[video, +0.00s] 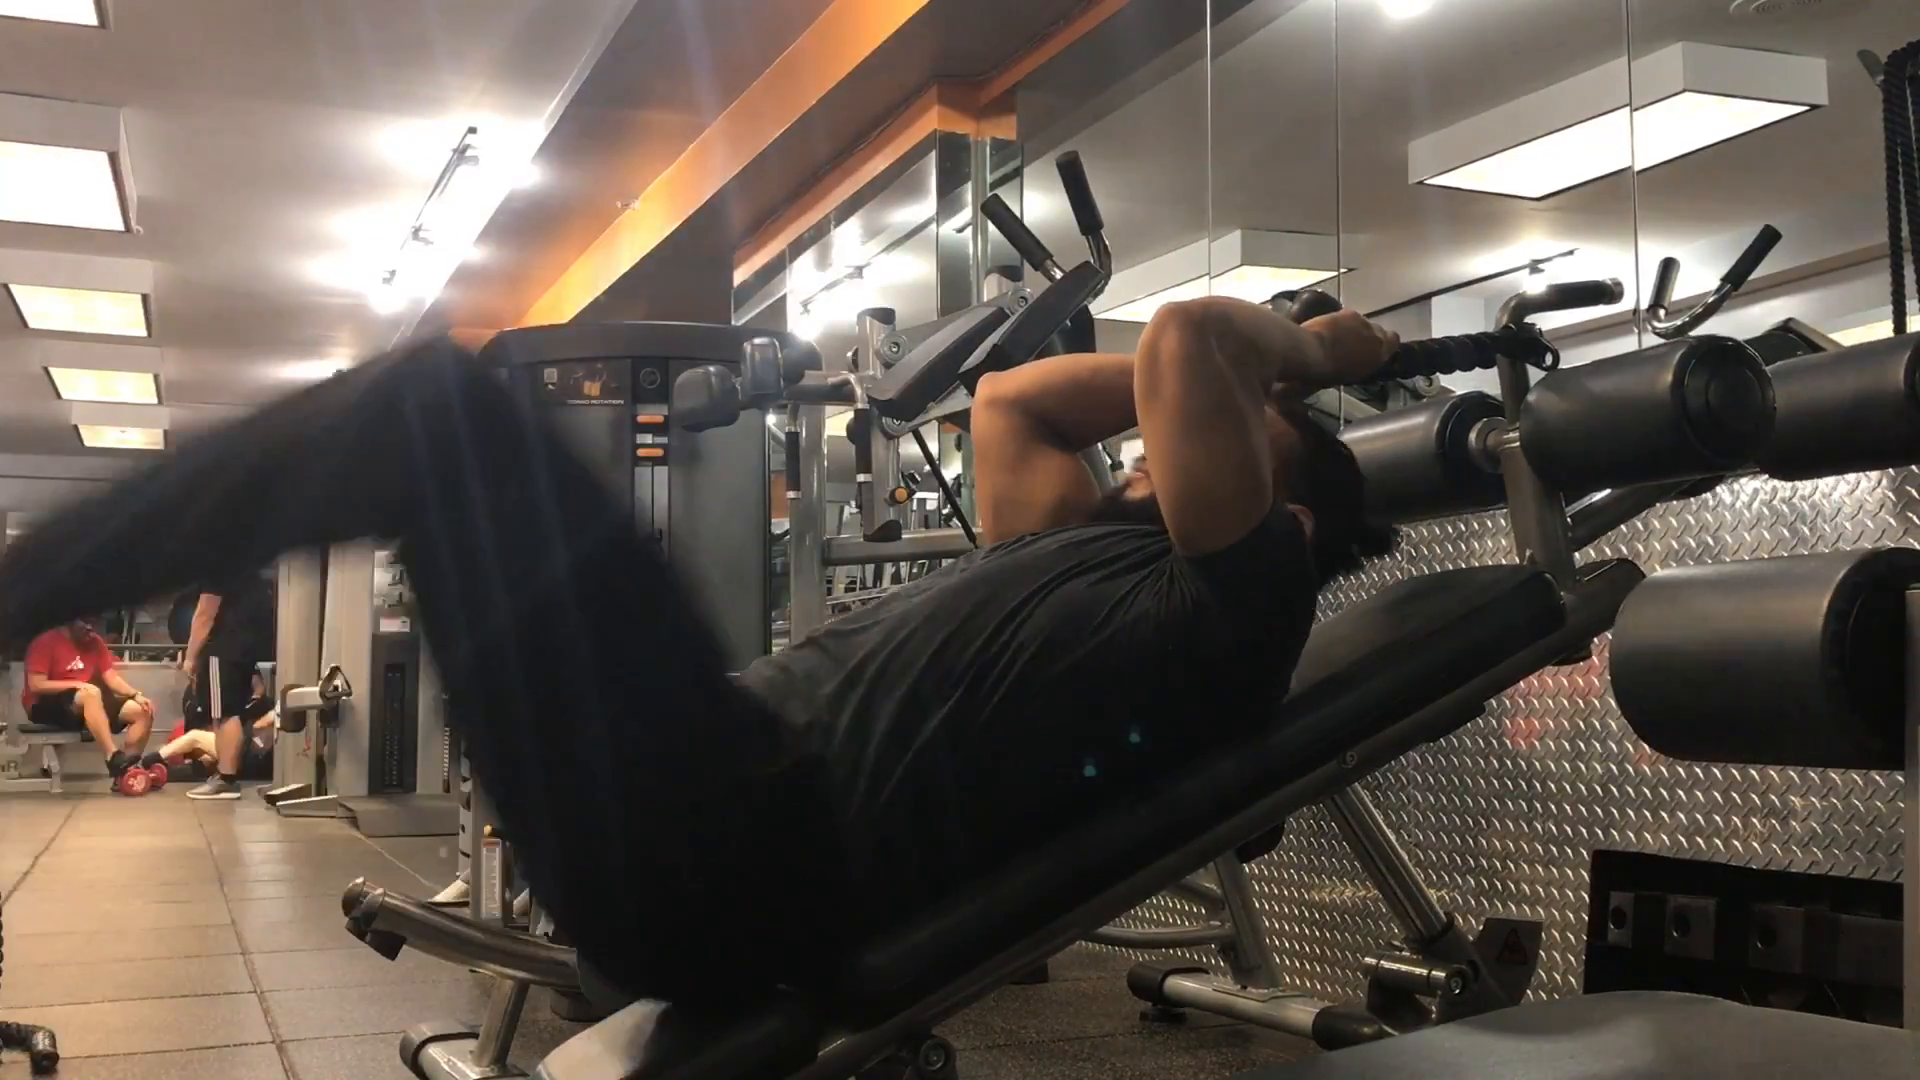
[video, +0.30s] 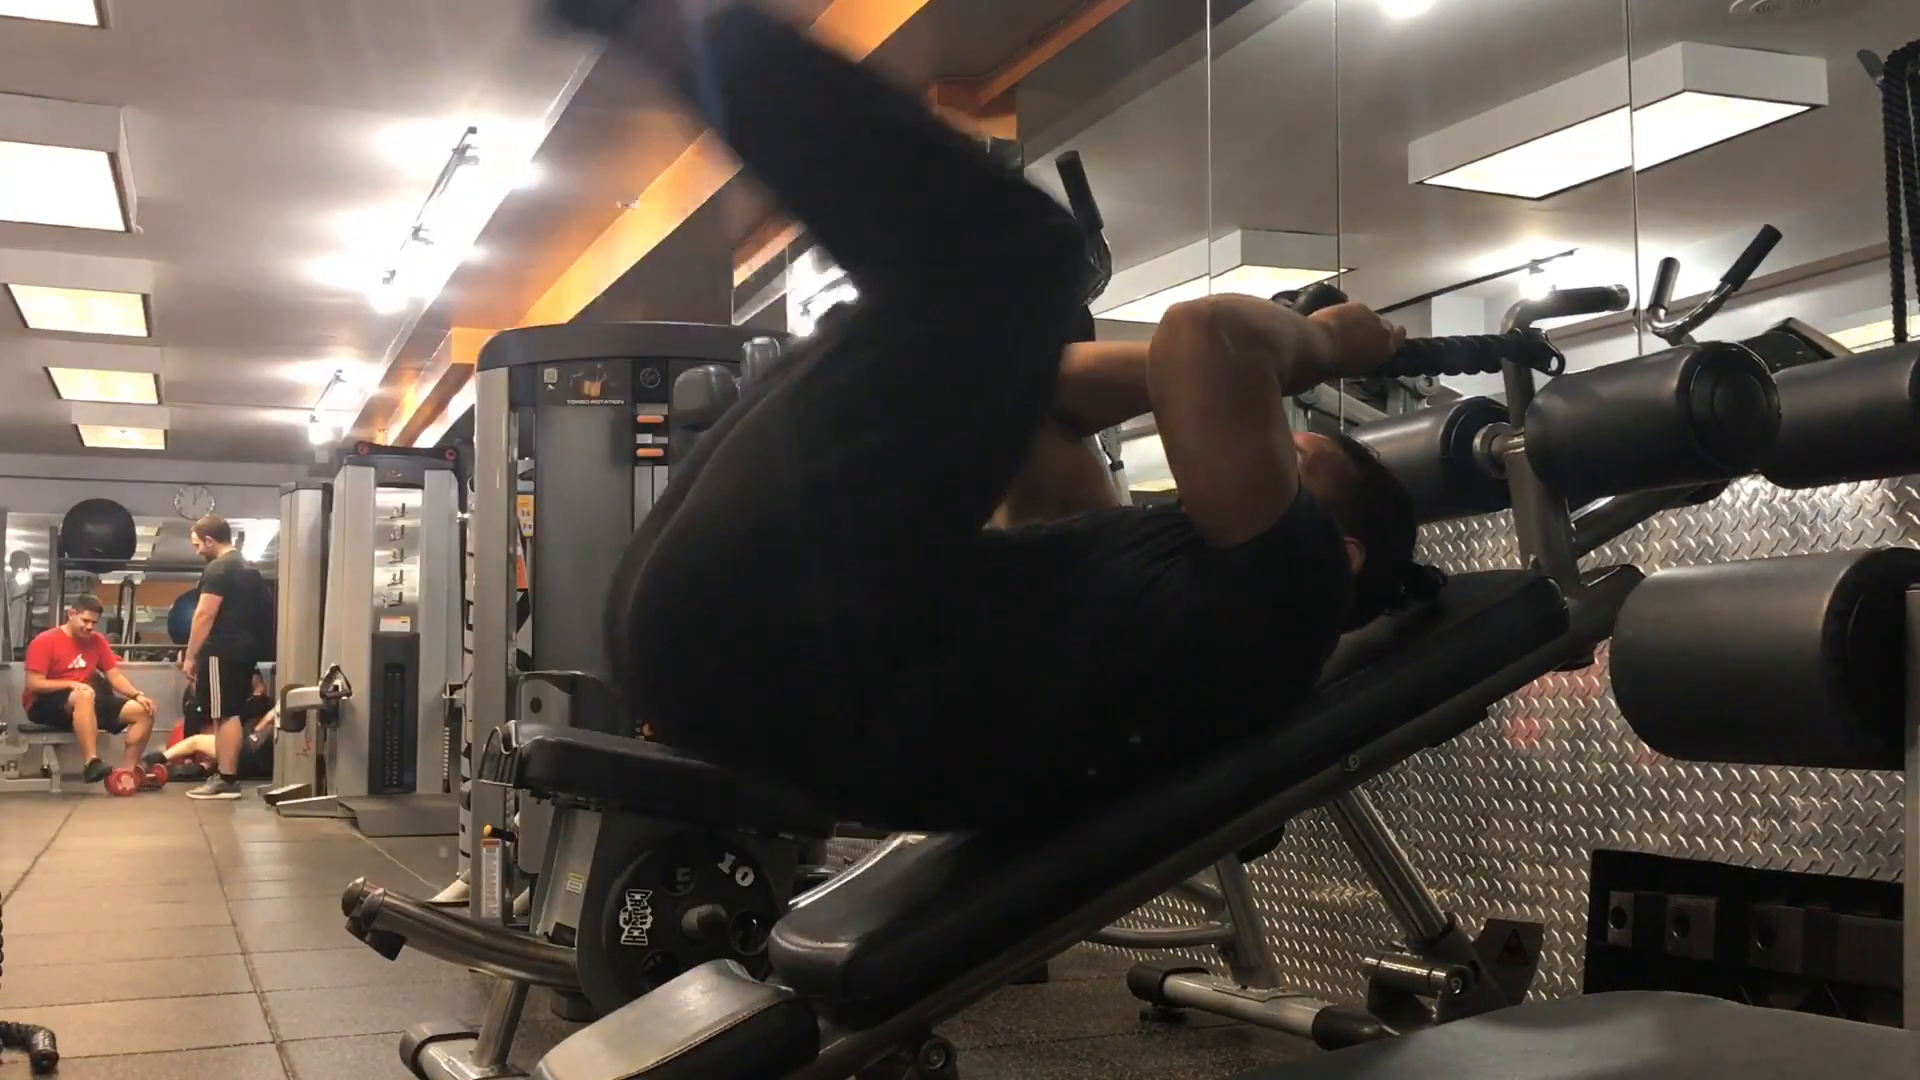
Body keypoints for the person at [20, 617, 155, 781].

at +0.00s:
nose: (91, 629)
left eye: (94, 623)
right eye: (86, 623)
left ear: (97, 624)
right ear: (70, 621)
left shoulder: (95, 643)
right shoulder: (45, 643)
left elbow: (111, 677)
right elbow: (36, 685)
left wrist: (136, 694)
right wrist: (77, 685)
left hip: (83, 704)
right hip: (45, 705)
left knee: (143, 713)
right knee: (90, 693)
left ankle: (127, 771)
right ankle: (113, 758)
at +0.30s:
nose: (89, 627)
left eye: (93, 623)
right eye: (85, 621)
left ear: (98, 622)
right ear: (71, 614)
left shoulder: (97, 641)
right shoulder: (45, 641)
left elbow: (114, 676)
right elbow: (34, 685)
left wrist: (137, 695)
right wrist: (73, 685)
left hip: (86, 703)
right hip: (44, 704)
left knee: (143, 712)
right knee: (84, 695)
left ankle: (129, 773)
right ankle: (91, 763)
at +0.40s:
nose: (89, 626)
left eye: (94, 622)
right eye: (85, 619)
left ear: (98, 622)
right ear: (71, 613)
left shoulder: (96, 641)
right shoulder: (45, 640)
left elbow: (113, 675)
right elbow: (34, 683)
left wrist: (137, 695)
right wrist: (73, 689)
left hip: (85, 703)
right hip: (44, 704)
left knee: (143, 712)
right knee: (83, 700)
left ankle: (128, 774)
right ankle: (74, 771)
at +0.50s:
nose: (90, 626)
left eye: (95, 622)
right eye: (86, 620)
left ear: (99, 622)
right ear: (72, 613)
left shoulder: (97, 641)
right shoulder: (46, 641)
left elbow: (112, 676)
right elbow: (36, 683)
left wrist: (137, 695)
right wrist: (69, 694)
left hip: (86, 702)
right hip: (45, 703)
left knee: (143, 712)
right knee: (75, 710)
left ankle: (129, 774)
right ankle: (66, 776)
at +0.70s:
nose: (89, 628)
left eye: (94, 623)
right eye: (86, 621)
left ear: (98, 623)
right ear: (72, 614)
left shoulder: (95, 643)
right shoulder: (46, 641)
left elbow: (112, 676)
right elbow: (34, 683)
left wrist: (137, 695)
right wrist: (65, 694)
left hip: (84, 701)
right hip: (45, 702)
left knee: (142, 712)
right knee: (65, 709)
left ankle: (127, 774)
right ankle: (65, 775)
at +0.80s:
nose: (88, 627)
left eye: (93, 623)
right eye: (84, 620)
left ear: (97, 623)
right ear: (71, 614)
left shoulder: (94, 643)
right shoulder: (45, 641)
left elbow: (112, 676)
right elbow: (32, 682)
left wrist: (137, 695)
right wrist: (63, 694)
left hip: (84, 701)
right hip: (45, 701)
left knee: (142, 712)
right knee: (62, 709)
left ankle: (127, 774)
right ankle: (65, 775)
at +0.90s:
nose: (86, 626)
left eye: (91, 622)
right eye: (83, 619)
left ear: (96, 622)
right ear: (69, 614)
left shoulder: (93, 643)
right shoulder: (44, 640)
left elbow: (110, 677)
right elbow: (31, 681)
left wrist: (136, 695)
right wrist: (63, 690)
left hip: (82, 701)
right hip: (43, 702)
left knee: (142, 712)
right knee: (61, 702)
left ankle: (126, 775)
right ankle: (63, 773)